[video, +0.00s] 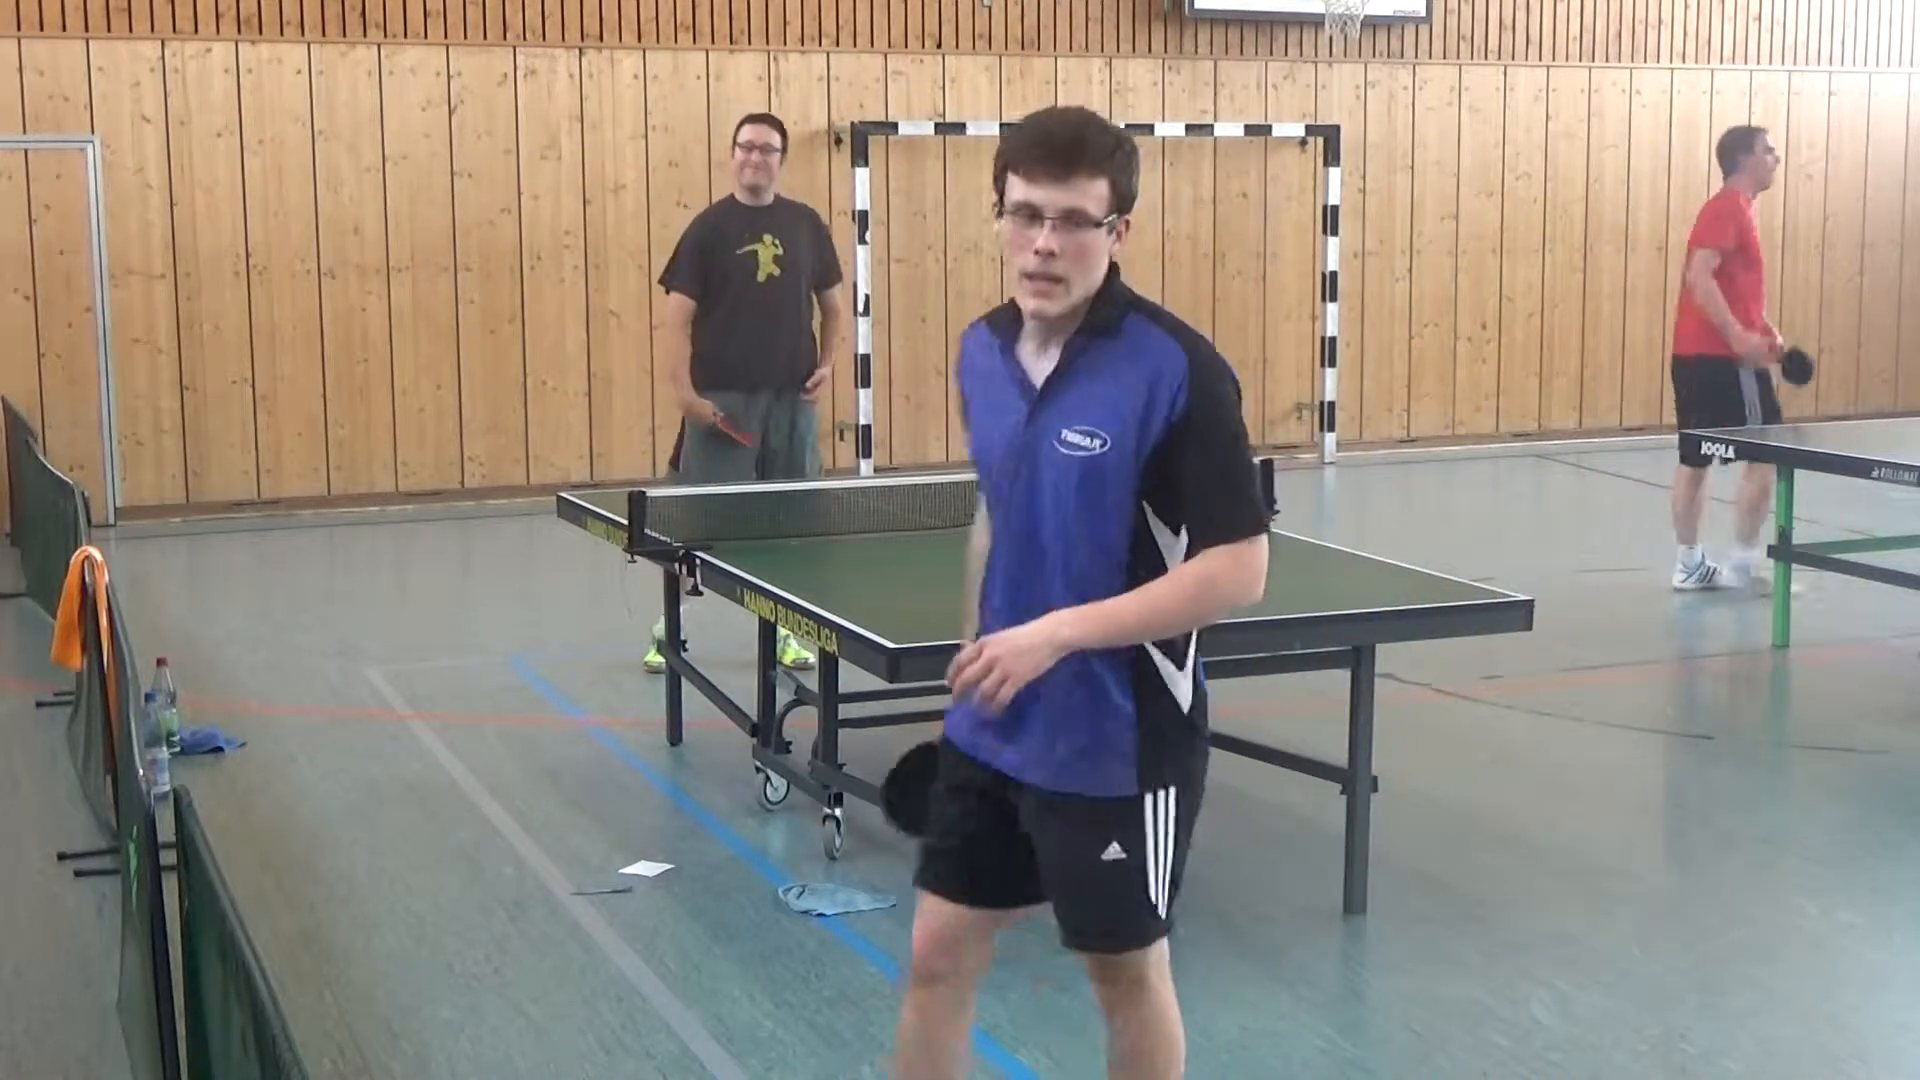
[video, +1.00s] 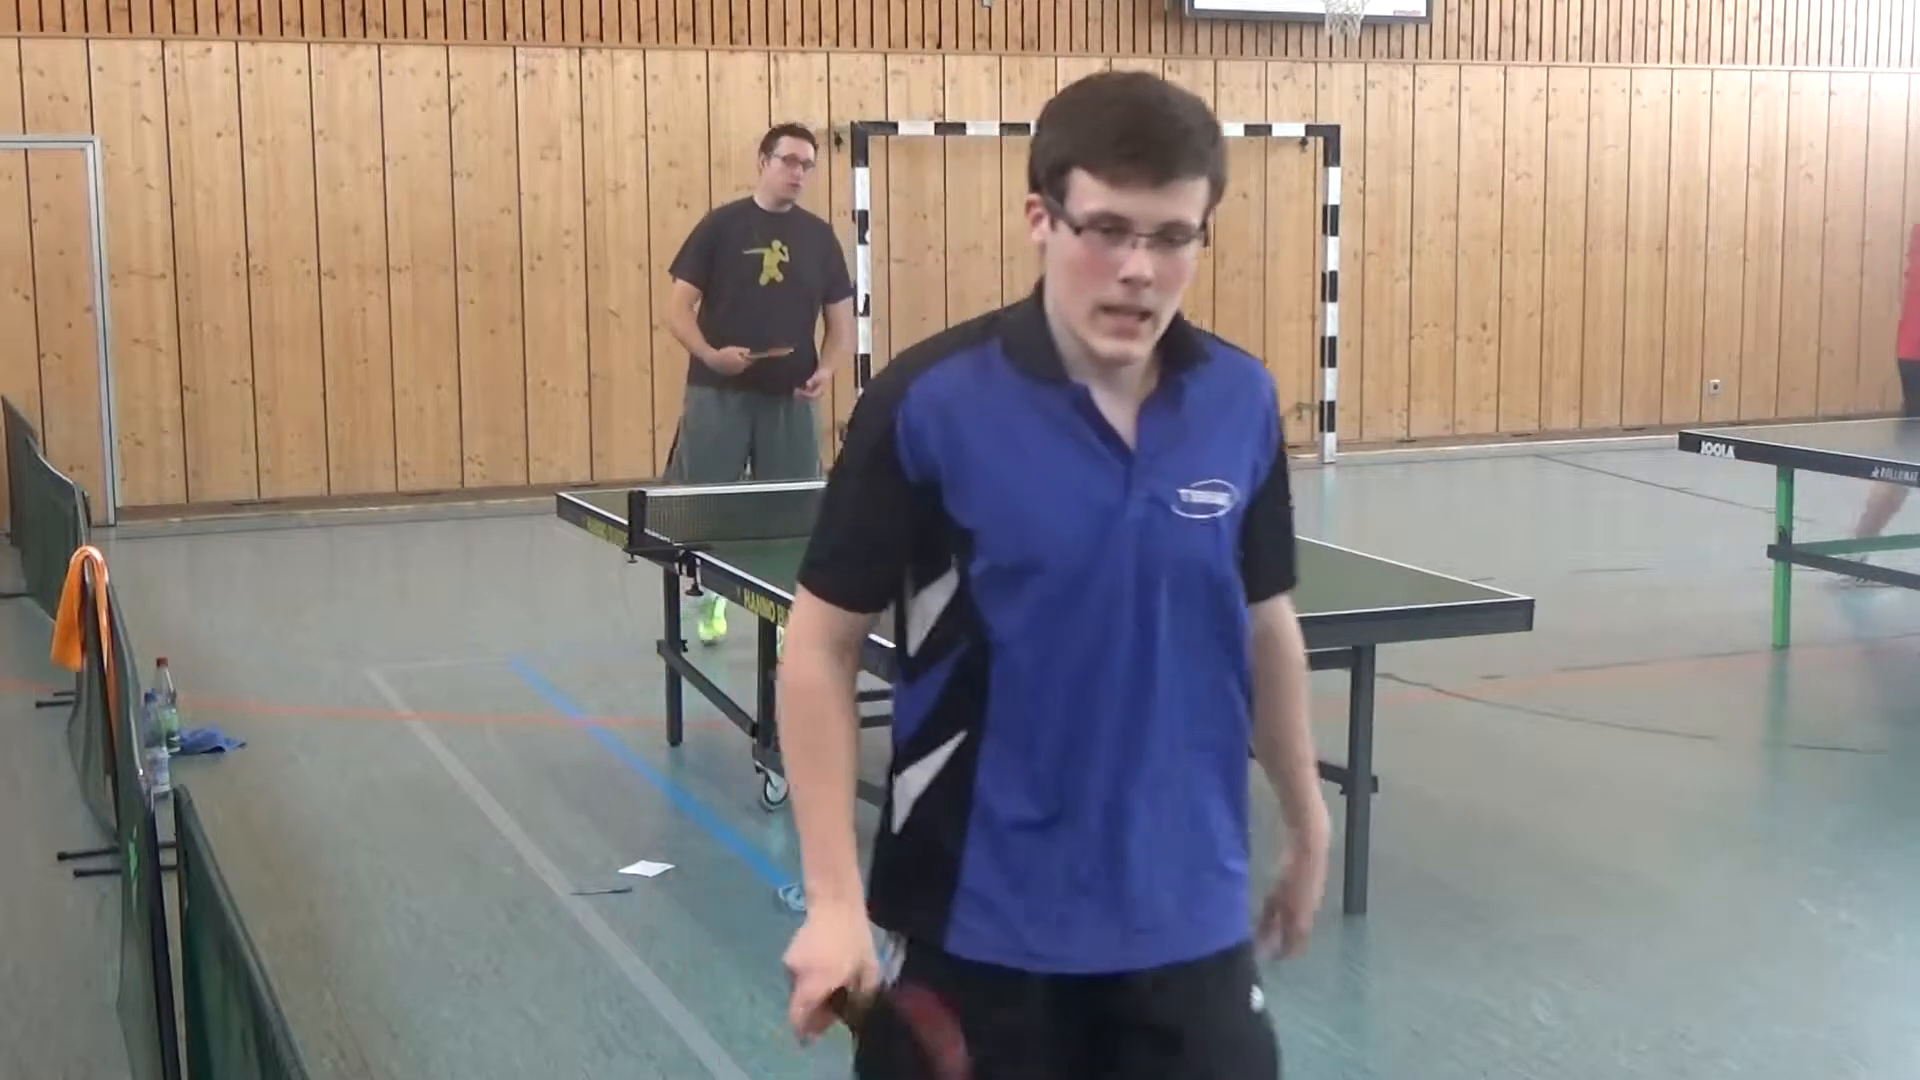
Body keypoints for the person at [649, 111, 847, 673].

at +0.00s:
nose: (757, 157)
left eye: (768, 150)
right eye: (748, 148)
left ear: (782, 159)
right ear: (732, 155)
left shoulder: (806, 223)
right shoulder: (708, 228)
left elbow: (834, 304)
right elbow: (675, 317)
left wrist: (829, 363)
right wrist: (685, 394)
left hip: (794, 401)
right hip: (722, 400)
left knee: (797, 525)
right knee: (695, 521)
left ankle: (790, 631)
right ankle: (670, 627)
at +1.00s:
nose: (800, 172)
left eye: (808, 165)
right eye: (791, 161)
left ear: (812, 173)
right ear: (762, 162)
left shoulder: (819, 235)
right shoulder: (719, 226)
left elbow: (841, 319)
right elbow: (678, 309)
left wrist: (825, 367)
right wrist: (709, 355)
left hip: (792, 397)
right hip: (720, 394)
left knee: (796, 511)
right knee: (705, 504)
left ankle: (791, 614)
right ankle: (707, 598)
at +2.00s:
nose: (736, 157)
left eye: (736, 149)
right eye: (724, 151)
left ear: (732, 157)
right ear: (692, 162)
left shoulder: (764, 210)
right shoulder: (668, 234)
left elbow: (800, 287)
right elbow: (641, 326)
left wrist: (822, 357)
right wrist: (635, 412)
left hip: (778, 383)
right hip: (709, 392)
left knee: (791, 501)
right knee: (709, 506)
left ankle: (801, 605)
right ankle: (721, 604)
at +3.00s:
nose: (843, 167)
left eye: (843, 158)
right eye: (833, 158)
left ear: (830, 166)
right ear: (801, 164)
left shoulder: (850, 222)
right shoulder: (759, 226)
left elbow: (905, 258)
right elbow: (739, 316)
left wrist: (870, 302)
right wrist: (769, 392)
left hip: (837, 389)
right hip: (771, 391)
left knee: (847, 508)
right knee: (751, 506)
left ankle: (845, 614)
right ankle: (728, 608)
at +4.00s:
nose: (829, 167)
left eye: (831, 159)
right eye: (817, 159)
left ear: (834, 165)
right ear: (787, 164)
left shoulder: (846, 223)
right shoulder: (754, 228)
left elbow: (896, 268)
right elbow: (731, 319)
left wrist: (857, 317)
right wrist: (754, 397)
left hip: (837, 391)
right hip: (771, 392)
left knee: (843, 509)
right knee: (746, 505)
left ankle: (843, 614)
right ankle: (728, 609)